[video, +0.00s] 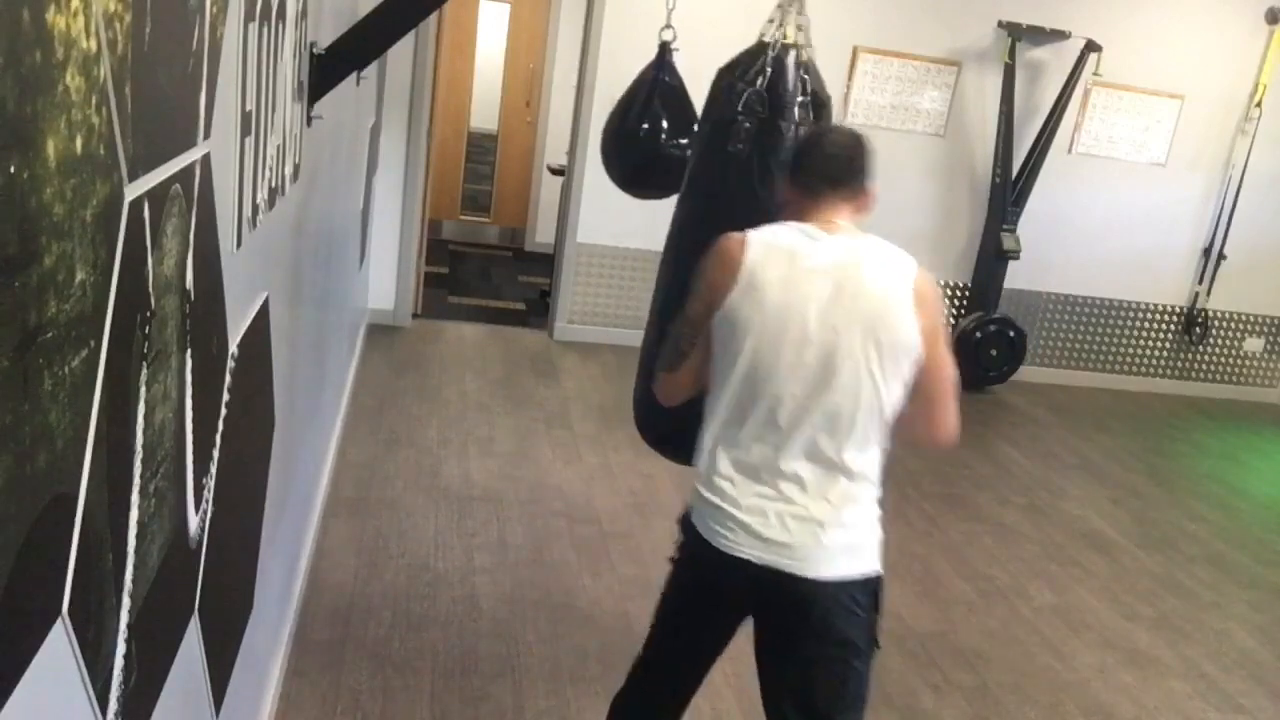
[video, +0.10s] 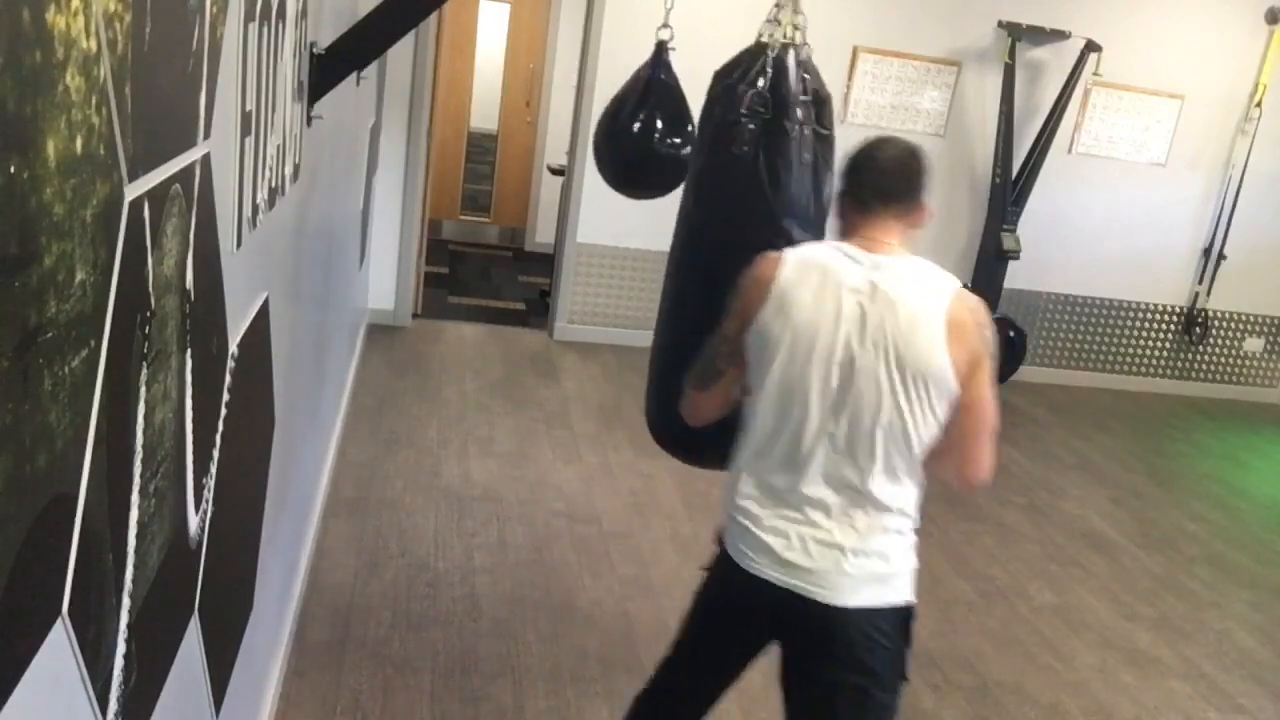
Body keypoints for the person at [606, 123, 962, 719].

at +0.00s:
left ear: (788, 190)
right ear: (867, 197)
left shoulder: (738, 254)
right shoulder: (912, 282)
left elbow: (671, 386)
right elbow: (940, 427)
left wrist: (747, 345)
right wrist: (864, 398)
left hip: (720, 545)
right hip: (832, 572)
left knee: (649, 699)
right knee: (821, 712)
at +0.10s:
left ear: (841, 205)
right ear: (920, 214)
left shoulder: (774, 275)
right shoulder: (961, 314)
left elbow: (699, 406)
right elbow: (973, 467)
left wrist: (763, 365)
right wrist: (898, 426)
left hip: (750, 569)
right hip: (862, 599)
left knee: (667, 704)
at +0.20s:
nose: (972, 218)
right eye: (974, 205)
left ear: (888, 196)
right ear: (971, 210)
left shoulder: (809, 272)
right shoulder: (994, 315)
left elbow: (726, 402)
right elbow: (1011, 481)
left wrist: (789, 368)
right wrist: (956, 434)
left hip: (780, 564)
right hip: (886, 597)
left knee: (719, 689)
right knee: (869, 711)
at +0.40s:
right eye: (1036, 195)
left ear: (942, 187)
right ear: (1031, 202)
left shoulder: (860, 256)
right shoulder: (1050, 308)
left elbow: (771, 381)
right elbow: (1053, 474)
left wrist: (840, 358)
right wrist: (999, 416)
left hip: (822, 549)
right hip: (922, 588)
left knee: (799, 701)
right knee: (895, 707)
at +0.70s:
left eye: (942, 204)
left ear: (943, 206)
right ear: (1024, 210)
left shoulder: (890, 284)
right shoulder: (1070, 297)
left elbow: (857, 414)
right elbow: (1098, 447)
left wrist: (927, 379)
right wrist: (1030, 413)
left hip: (887, 546)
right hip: (985, 571)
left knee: (867, 693)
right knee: (954, 705)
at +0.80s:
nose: (951, 202)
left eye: (951, 194)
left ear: (953, 194)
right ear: (1030, 202)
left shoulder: (906, 270)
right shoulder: (1077, 280)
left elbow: (883, 388)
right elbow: (1121, 426)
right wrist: (1064, 398)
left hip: (903, 540)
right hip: (1000, 563)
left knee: (876, 695)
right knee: (988, 709)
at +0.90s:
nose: (974, 194)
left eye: (975, 186)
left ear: (980, 187)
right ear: (1053, 194)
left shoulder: (927, 256)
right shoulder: (1093, 271)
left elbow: (899, 363)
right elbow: (1135, 413)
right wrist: (1072, 383)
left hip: (919, 519)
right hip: (1022, 541)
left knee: (880, 680)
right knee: (1030, 691)